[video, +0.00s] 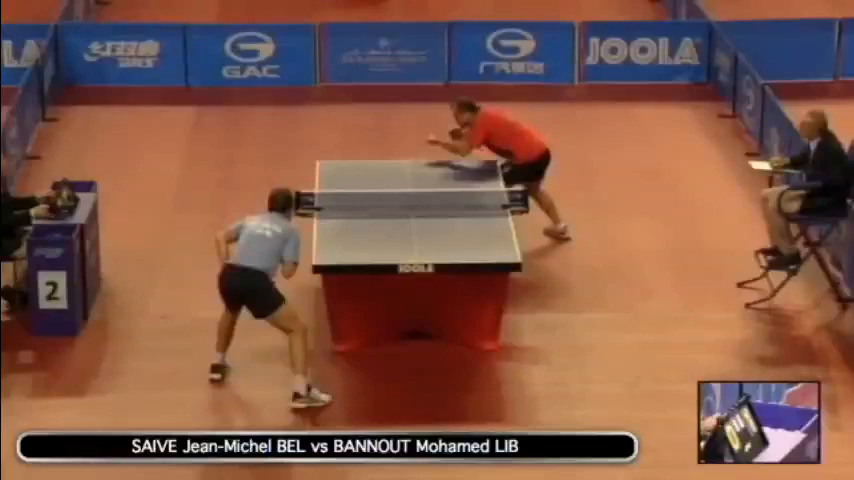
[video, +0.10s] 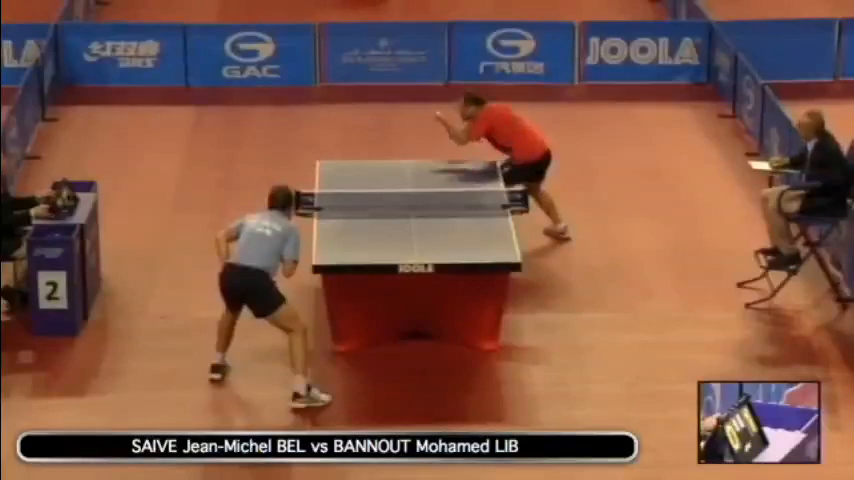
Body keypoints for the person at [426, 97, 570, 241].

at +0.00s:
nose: (458, 120)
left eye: (459, 115)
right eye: (457, 116)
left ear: (468, 113)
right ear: (472, 110)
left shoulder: (480, 123)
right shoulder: (487, 116)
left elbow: (464, 150)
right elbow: (479, 138)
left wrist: (441, 143)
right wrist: (464, 134)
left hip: (527, 162)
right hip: (540, 154)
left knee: (491, 188)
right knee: (534, 190)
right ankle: (559, 226)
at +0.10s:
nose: (462, 112)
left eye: (464, 107)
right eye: (462, 108)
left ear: (472, 107)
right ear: (479, 104)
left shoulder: (483, 117)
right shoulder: (499, 109)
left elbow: (461, 139)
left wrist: (446, 124)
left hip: (525, 162)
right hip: (542, 155)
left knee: (489, 187)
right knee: (534, 189)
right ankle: (559, 225)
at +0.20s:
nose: (471, 98)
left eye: (473, 94)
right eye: (472, 93)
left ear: (479, 94)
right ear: (491, 91)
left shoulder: (486, 108)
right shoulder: (508, 99)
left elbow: (462, 128)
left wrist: (449, 107)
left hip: (522, 160)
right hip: (542, 153)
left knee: (490, 189)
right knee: (536, 188)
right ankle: (560, 225)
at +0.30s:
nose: (476, 92)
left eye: (478, 88)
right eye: (476, 88)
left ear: (486, 88)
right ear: (496, 85)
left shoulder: (488, 105)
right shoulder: (515, 94)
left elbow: (465, 126)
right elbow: (532, 106)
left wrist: (450, 112)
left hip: (521, 159)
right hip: (542, 153)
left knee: (490, 186)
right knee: (537, 186)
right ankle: (560, 224)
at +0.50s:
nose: (476, 88)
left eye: (478, 83)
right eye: (476, 83)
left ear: (487, 84)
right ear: (497, 81)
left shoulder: (491, 102)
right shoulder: (517, 89)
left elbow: (478, 124)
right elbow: (531, 89)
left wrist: (450, 129)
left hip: (521, 155)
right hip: (543, 148)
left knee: (491, 186)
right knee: (539, 184)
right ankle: (560, 224)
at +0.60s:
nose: (474, 93)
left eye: (475, 89)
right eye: (473, 89)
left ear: (482, 88)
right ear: (490, 83)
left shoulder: (495, 98)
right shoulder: (512, 87)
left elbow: (500, 123)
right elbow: (527, 84)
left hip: (524, 149)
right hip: (544, 143)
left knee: (494, 179)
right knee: (540, 182)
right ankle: (560, 224)